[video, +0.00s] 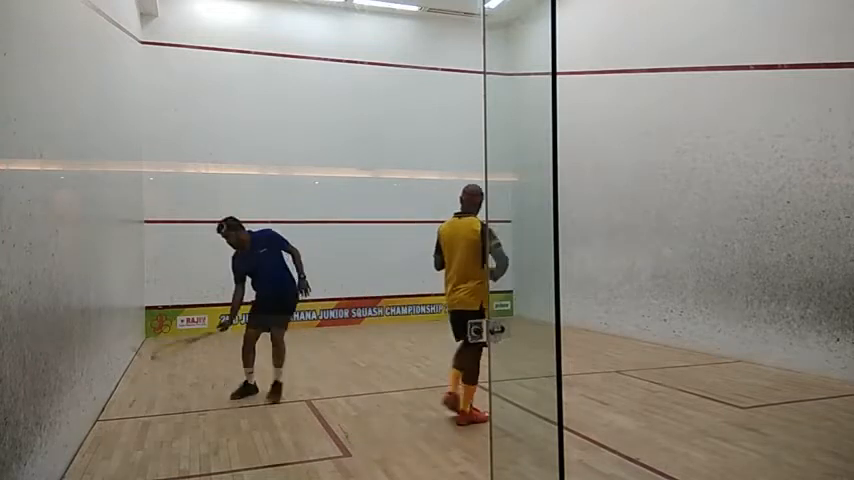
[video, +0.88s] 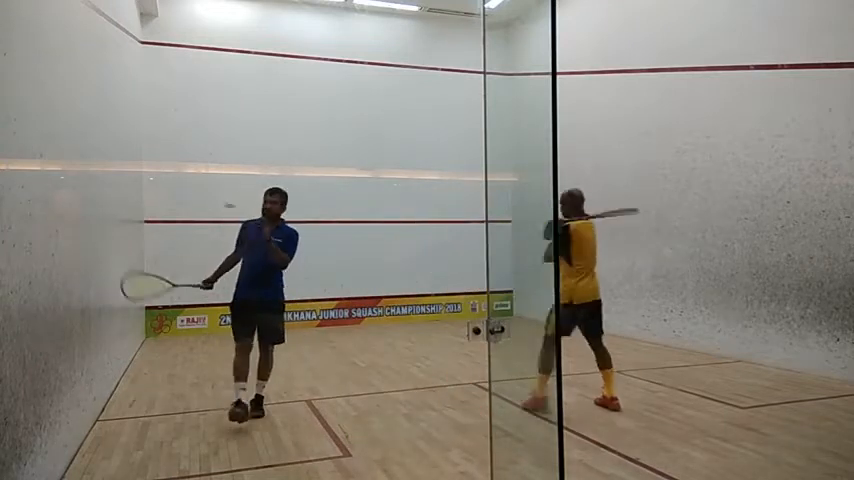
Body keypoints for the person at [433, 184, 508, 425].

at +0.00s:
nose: (478, 201)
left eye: (475, 196)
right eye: (478, 197)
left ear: (460, 199)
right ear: (479, 201)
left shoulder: (444, 228)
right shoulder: (481, 228)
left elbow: (438, 263)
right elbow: (502, 261)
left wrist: (458, 252)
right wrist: (492, 275)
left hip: (453, 300)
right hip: (475, 300)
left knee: (465, 343)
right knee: (474, 348)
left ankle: (453, 390)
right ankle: (466, 409)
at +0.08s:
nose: (490, 207)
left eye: (488, 202)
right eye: (490, 203)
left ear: (470, 202)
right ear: (488, 203)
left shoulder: (454, 228)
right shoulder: (489, 228)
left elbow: (448, 263)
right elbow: (513, 260)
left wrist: (469, 254)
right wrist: (505, 272)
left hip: (462, 302)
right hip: (481, 302)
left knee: (481, 351)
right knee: (478, 354)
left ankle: (485, 397)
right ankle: (466, 410)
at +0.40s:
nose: (514, 210)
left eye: (506, 204)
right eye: (516, 206)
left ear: (498, 206)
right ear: (517, 207)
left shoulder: (488, 232)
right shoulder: (524, 230)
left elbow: (477, 265)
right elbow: (550, 255)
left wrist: (497, 271)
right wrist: (531, 257)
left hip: (495, 300)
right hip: (517, 301)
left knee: (512, 349)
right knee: (520, 349)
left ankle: (520, 397)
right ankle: (488, 390)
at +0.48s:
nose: (526, 208)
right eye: (527, 205)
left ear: (508, 206)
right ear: (527, 206)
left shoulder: (495, 232)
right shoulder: (538, 228)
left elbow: (488, 265)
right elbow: (562, 252)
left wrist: (507, 271)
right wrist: (539, 252)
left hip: (506, 300)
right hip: (530, 300)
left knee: (515, 344)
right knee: (545, 343)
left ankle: (519, 399)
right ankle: (515, 381)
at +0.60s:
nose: (531, 207)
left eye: (524, 203)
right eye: (537, 204)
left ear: (519, 204)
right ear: (539, 205)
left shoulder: (509, 230)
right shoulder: (552, 227)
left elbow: (499, 262)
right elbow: (564, 249)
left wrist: (520, 267)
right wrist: (542, 253)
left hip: (520, 299)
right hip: (546, 297)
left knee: (519, 345)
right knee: (562, 335)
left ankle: (520, 396)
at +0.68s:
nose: (540, 211)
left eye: (535, 207)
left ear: (534, 207)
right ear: (555, 207)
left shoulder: (525, 231)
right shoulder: (568, 230)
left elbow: (513, 260)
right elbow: (557, 254)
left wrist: (535, 263)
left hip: (533, 300)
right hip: (562, 299)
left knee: (525, 347)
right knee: (576, 340)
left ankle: (521, 397)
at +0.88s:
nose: (561, 208)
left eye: (563, 204)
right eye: (562, 204)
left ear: (568, 206)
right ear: (581, 205)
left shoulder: (566, 230)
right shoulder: (589, 225)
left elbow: (549, 257)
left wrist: (558, 229)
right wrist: (559, 227)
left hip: (568, 299)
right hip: (591, 297)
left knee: (550, 342)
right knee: (597, 343)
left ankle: (539, 395)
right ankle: (610, 395)